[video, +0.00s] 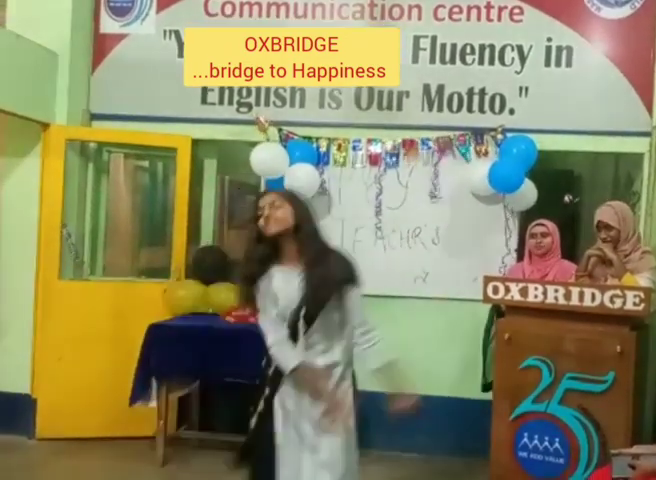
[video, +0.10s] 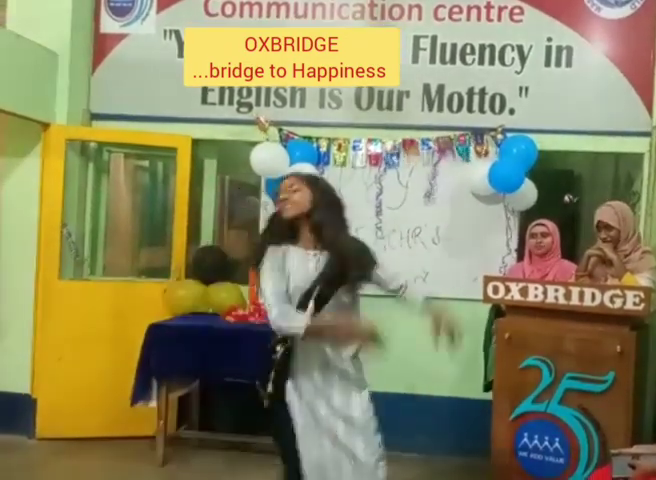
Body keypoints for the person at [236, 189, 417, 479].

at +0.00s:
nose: (266, 214)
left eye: (275, 206)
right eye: (262, 210)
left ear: (298, 213)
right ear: (259, 222)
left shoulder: (335, 266)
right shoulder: (266, 277)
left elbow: (360, 331)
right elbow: (273, 335)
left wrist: (394, 384)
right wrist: (304, 373)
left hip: (332, 387)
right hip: (287, 388)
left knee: (330, 468)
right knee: (288, 468)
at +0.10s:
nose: (284, 199)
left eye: (293, 191)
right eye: (281, 194)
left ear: (317, 196)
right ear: (279, 205)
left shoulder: (347, 250)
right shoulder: (277, 252)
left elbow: (396, 284)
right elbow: (278, 317)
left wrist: (433, 309)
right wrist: (336, 326)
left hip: (343, 375)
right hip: (297, 377)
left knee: (363, 462)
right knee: (308, 466)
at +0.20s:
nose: (309, 197)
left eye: (319, 190)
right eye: (302, 191)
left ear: (337, 199)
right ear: (295, 202)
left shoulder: (352, 248)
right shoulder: (283, 249)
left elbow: (403, 264)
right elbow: (275, 304)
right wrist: (331, 279)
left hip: (352, 381)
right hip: (304, 382)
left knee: (385, 462)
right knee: (316, 470)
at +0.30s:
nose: (311, 200)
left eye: (321, 193)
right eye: (304, 193)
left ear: (339, 202)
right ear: (296, 201)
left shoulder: (356, 249)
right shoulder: (281, 254)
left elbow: (419, 274)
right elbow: (273, 310)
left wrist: (435, 240)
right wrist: (324, 272)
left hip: (352, 388)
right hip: (299, 387)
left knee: (387, 464)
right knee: (292, 470)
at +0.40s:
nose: (296, 214)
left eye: (308, 206)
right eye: (290, 206)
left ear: (327, 215)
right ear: (283, 214)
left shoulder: (350, 263)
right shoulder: (278, 273)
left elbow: (404, 309)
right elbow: (269, 342)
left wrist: (425, 292)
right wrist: (301, 338)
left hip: (349, 396)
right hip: (294, 395)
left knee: (378, 470)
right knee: (267, 469)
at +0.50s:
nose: (283, 231)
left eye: (293, 223)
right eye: (276, 223)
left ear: (311, 230)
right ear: (268, 231)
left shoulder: (337, 281)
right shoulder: (268, 289)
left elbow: (354, 338)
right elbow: (261, 352)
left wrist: (372, 370)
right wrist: (272, 387)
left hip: (338, 399)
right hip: (290, 401)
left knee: (359, 470)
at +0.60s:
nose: (266, 226)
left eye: (276, 218)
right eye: (260, 217)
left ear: (295, 225)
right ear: (251, 223)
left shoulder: (310, 276)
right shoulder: (244, 273)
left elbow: (307, 343)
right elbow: (232, 338)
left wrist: (289, 411)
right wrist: (234, 410)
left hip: (298, 392)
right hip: (253, 392)